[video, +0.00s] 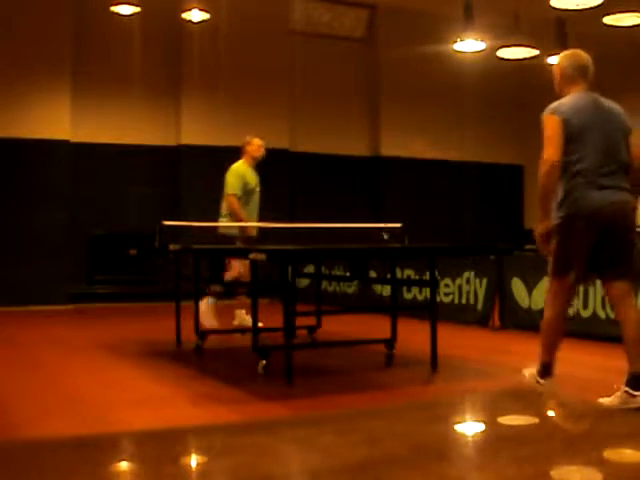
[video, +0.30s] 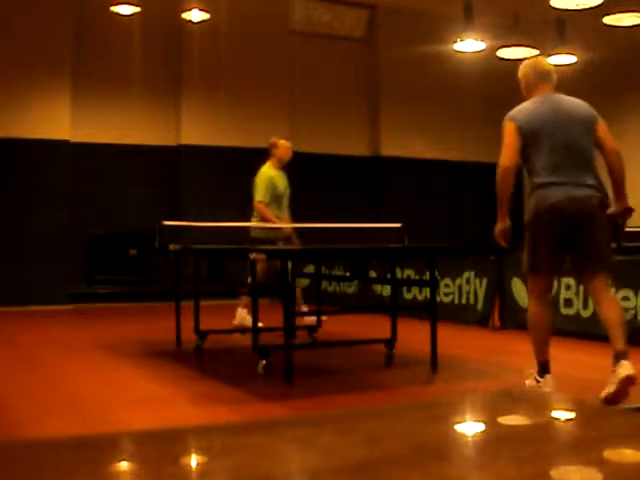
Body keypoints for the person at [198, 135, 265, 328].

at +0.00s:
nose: (262, 150)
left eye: (262, 147)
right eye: (258, 146)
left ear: (258, 151)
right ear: (247, 148)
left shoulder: (251, 172)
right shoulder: (237, 170)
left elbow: (246, 202)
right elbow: (232, 199)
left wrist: (251, 224)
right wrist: (245, 223)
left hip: (244, 230)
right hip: (231, 229)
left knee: (244, 271)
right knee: (235, 270)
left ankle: (241, 311)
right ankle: (208, 302)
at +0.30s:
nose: (289, 154)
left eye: (289, 150)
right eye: (286, 149)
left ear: (285, 153)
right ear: (275, 151)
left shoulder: (281, 174)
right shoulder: (265, 174)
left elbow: (283, 206)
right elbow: (259, 205)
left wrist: (289, 227)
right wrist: (279, 224)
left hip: (279, 231)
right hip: (263, 232)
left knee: (291, 270)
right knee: (257, 273)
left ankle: (300, 308)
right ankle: (242, 310)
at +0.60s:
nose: (320, 152)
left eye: (320, 148)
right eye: (316, 148)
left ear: (319, 150)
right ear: (306, 149)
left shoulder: (319, 168)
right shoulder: (297, 172)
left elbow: (320, 198)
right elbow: (288, 204)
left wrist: (325, 221)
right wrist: (307, 224)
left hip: (319, 227)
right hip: (301, 229)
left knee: (314, 271)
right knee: (311, 271)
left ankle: (286, 297)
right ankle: (313, 315)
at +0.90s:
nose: (358, 157)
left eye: (359, 153)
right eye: (355, 152)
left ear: (359, 154)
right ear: (343, 151)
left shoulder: (360, 175)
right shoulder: (328, 172)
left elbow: (369, 204)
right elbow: (312, 201)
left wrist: (375, 229)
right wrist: (325, 223)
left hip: (351, 232)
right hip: (328, 232)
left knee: (364, 270)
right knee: (323, 274)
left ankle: (376, 312)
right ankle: (316, 316)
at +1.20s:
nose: (419, 191)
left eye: (421, 187)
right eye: (417, 186)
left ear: (421, 188)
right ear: (407, 182)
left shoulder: (414, 208)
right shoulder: (382, 192)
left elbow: (419, 238)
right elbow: (349, 214)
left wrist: (422, 259)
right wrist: (346, 235)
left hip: (386, 246)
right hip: (360, 243)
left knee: (404, 276)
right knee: (350, 286)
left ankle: (405, 322)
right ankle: (322, 313)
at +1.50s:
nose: (434, 248)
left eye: (438, 247)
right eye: (435, 244)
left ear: (442, 244)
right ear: (432, 233)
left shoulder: (435, 250)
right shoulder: (410, 218)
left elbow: (440, 284)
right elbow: (369, 217)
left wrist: (445, 320)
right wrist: (352, 236)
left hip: (393, 249)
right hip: (369, 241)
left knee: (415, 271)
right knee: (352, 275)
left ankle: (407, 323)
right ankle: (330, 309)